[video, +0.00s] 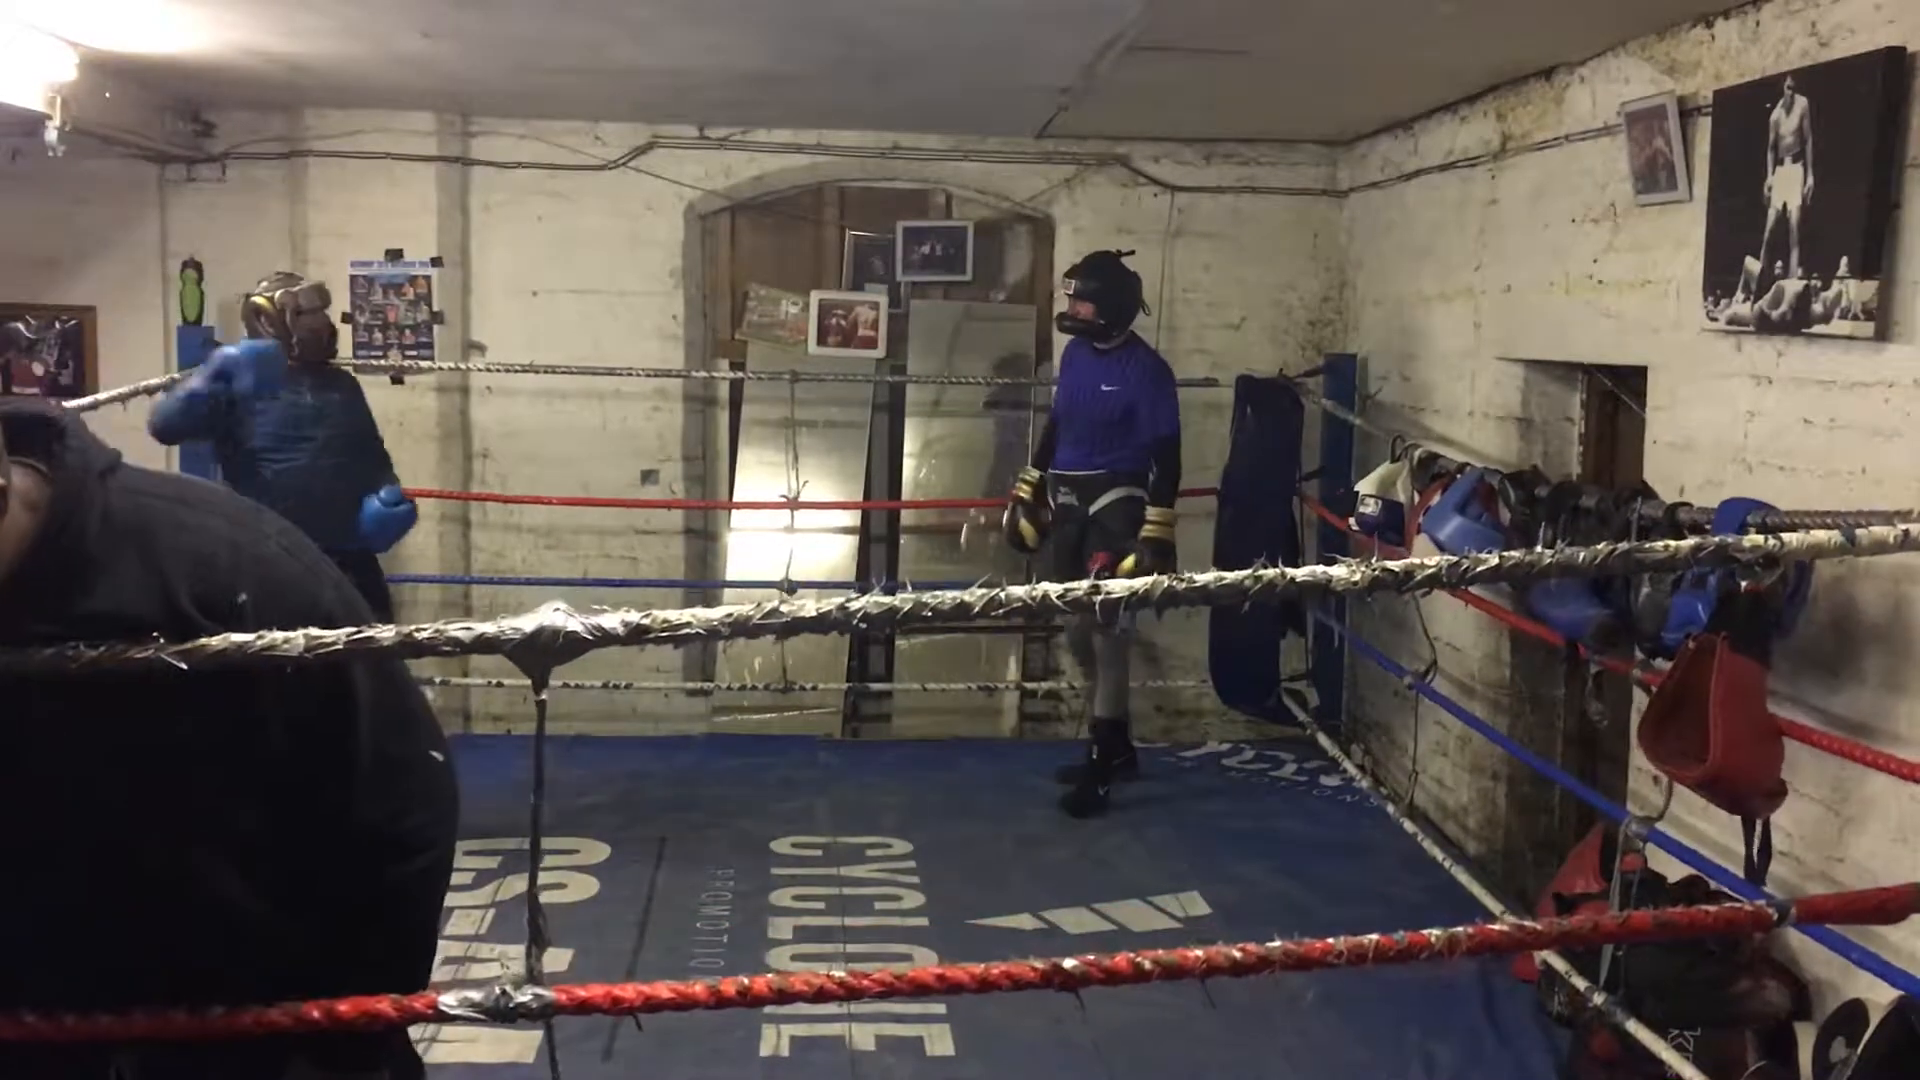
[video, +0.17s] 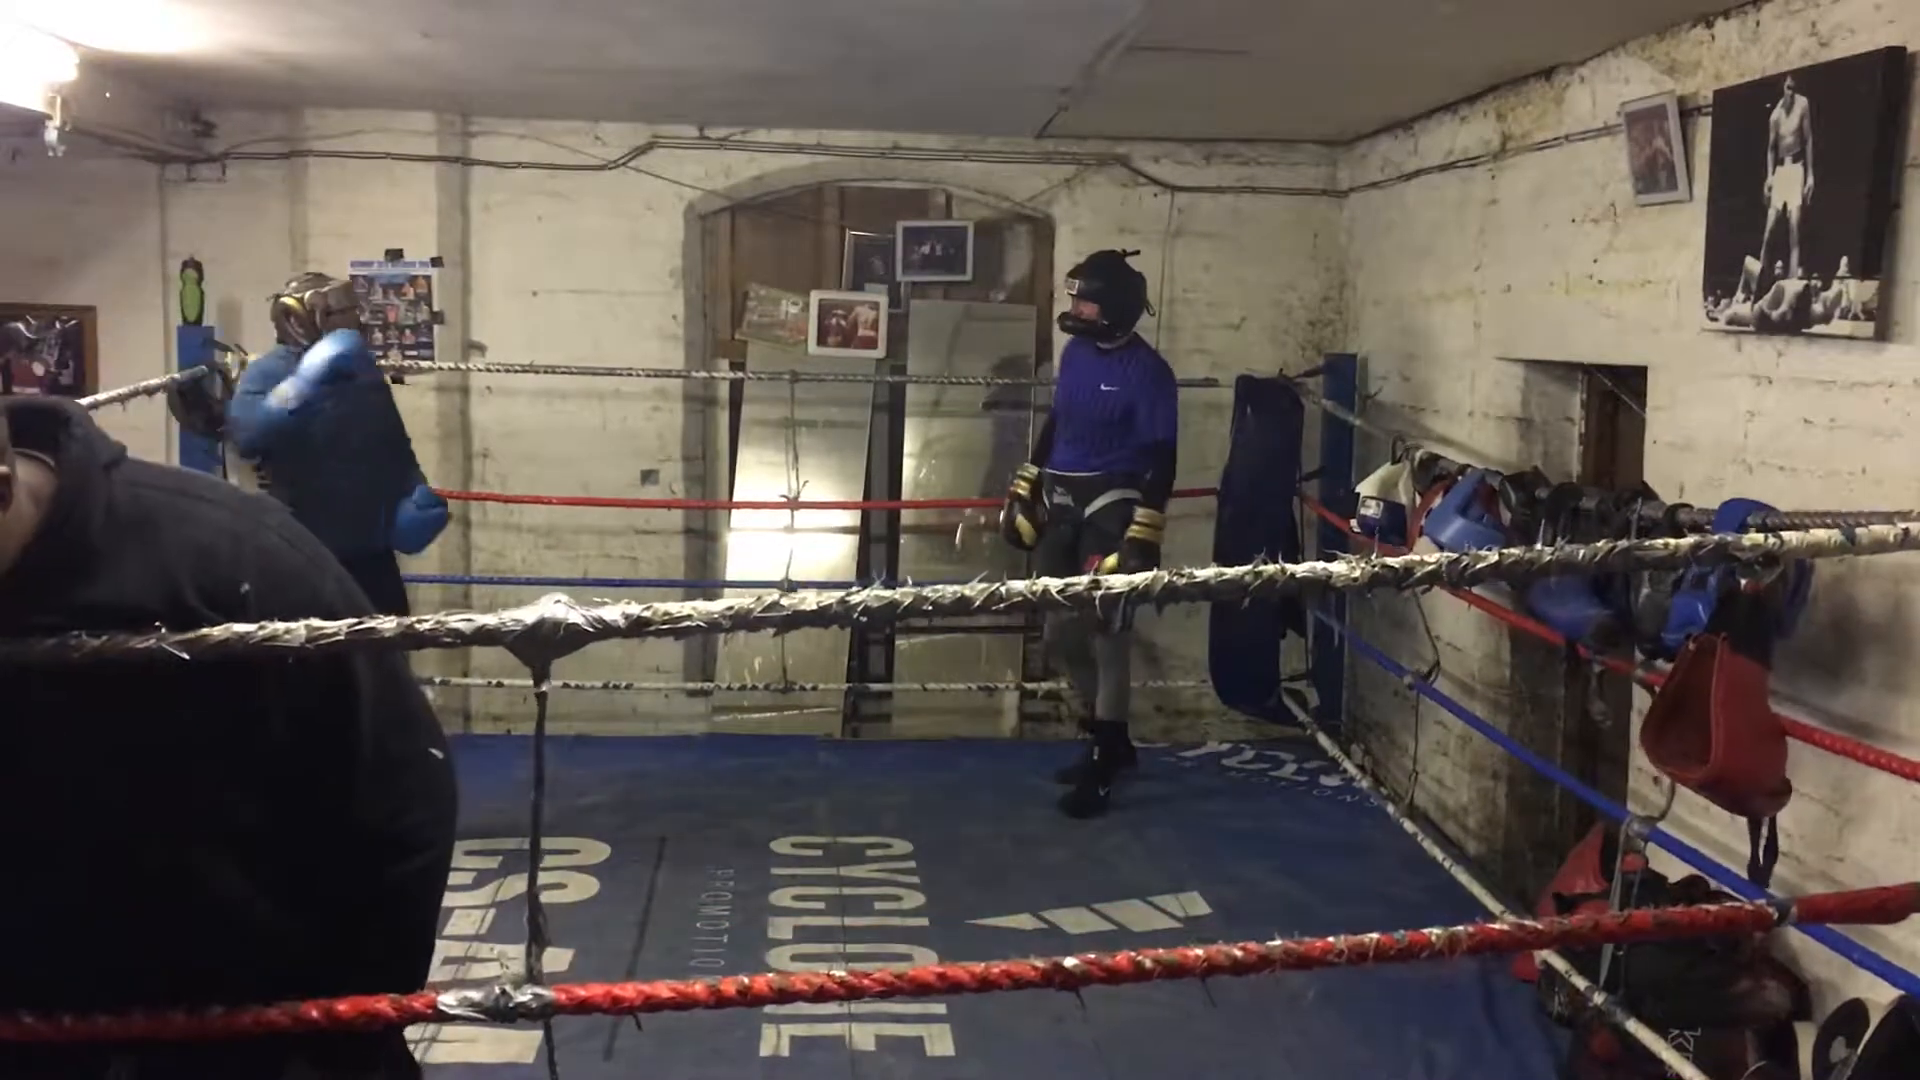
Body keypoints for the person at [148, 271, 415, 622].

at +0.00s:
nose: (330, 325)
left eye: (324, 311)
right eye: (311, 313)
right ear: (271, 323)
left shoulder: (341, 384)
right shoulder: (236, 373)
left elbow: (373, 454)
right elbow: (163, 424)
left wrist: (389, 496)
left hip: (347, 554)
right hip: (269, 556)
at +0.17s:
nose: (353, 322)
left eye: (348, 310)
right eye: (334, 312)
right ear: (297, 322)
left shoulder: (360, 368)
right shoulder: (270, 369)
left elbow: (392, 441)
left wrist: (415, 494)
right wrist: (305, 382)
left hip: (366, 535)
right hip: (301, 538)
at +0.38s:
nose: (364, 321)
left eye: (368, 314)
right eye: (354, 313)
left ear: (376, 321)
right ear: (324, 320)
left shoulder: (395, 376)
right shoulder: (301, 371)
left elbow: (422, 452)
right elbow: (334, 415)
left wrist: (445, 500)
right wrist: (367, 348)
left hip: (389, 549)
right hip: (326, 549)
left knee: (397, 661)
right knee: (333, 668)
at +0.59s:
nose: (418, 346)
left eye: (419, 337)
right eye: (404, 332)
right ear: (359, 323)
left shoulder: (421, 389)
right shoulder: (324, 373)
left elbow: (441, 466)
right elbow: (349, 421)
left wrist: (459, 512)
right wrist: (383, 353)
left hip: (400, 560)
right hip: (333, 557)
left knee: (398, 676)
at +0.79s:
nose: (412, 354)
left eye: (420, 341)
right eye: (397, 340)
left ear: (426, 346)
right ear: (363, 341)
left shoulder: (427, 411)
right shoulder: (325, 396)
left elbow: (452, 488)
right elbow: (309, 471)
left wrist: (475, 529)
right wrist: (357, 405)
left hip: (405, 585)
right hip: (332, 583)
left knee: (395, 705)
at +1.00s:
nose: (395, 341)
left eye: (407, 329)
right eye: (382, 327)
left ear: (420, 338)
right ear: (352, 329)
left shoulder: (424, 407)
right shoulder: (308, 399)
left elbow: (452, 487)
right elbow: (271, 487)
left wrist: (470, 527)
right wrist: (334, 487)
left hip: (407, 590)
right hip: (325, 590)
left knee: (423, 728)